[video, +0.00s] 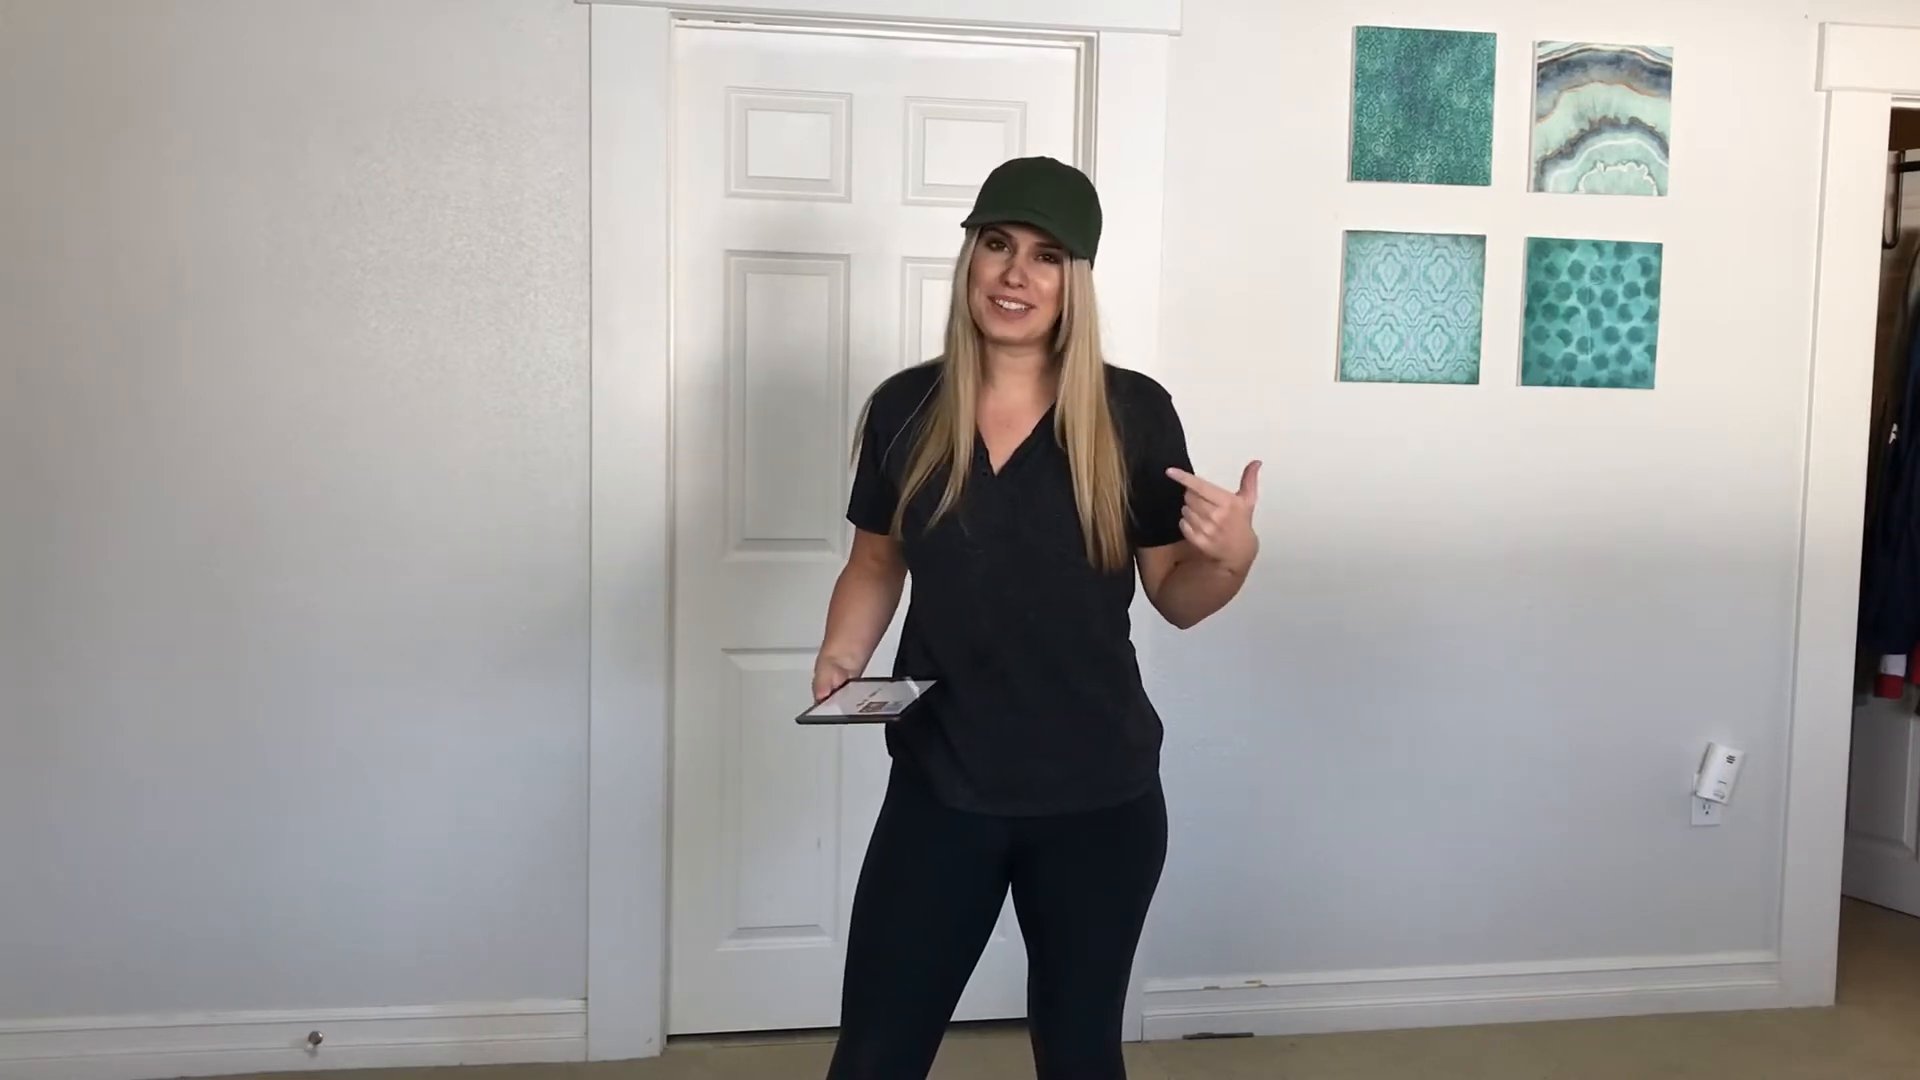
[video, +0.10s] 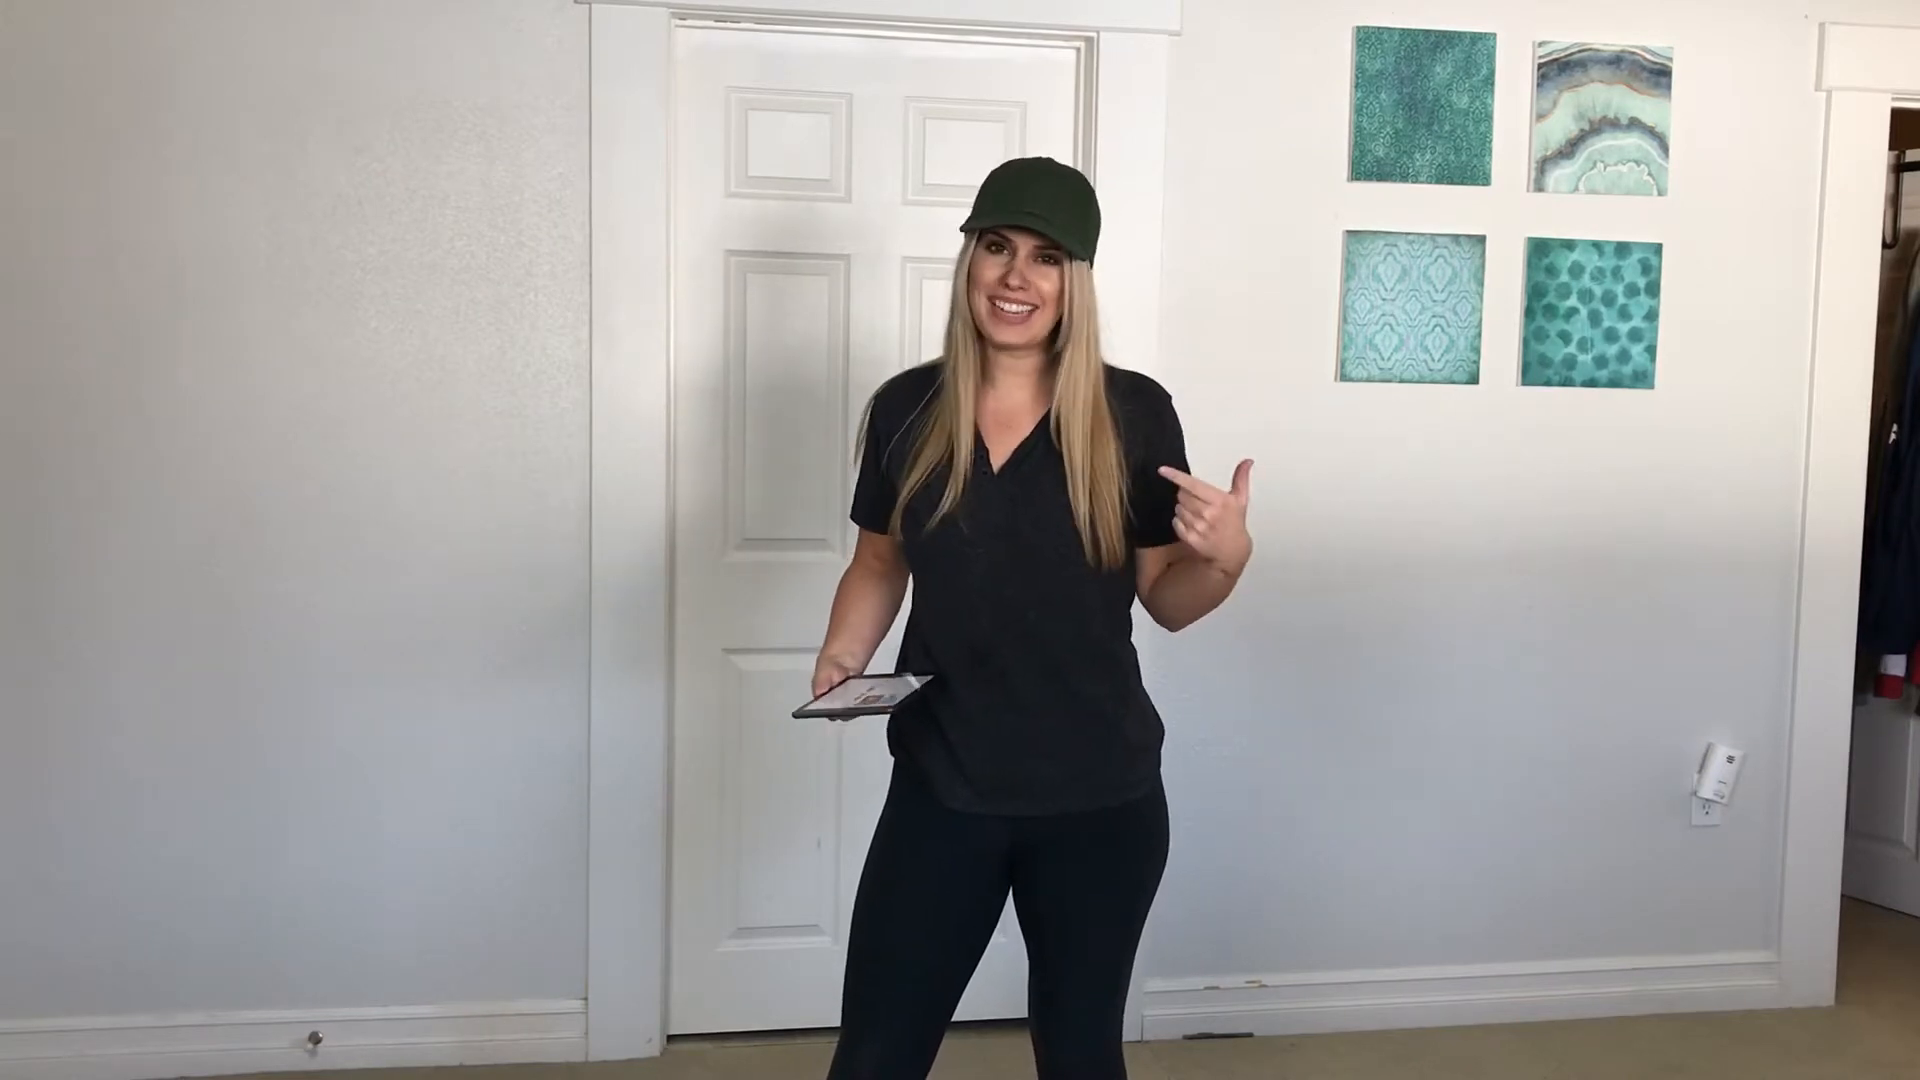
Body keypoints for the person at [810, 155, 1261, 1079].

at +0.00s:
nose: (1015, 272)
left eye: (1044, 256)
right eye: (998, 246)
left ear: (1076, 281)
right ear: (967, 261)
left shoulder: (1132, 411)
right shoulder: (907, 408)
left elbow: (1178, 598)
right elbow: (875, 562)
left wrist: (1229, 559)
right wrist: (840, 658)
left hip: (1096, 792)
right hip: (943, 786)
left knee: (1078, 1055)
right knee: (875, 1056)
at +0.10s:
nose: (1016, 276)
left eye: (1045, 258)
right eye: (998, 249)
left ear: (1077, 281)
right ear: (967, 262)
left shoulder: (1131, 412)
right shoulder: (909, 408)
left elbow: (1169, 600)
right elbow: (878, 564)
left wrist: (1222, 560)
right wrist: (841, 658)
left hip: (1096, 794)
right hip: (943, 790)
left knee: (1079, 1054)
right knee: (875, 1057)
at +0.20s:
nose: (1017, 277)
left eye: (1047, 258)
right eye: (998, 250)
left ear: (1077, 281)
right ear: (967, 263)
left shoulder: (1133, 413)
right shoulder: (909, 410)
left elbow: (1174, 602)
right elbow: (879, 564)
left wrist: (1224, 565)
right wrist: (842, 658)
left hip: (1097, 796)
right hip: (944, 791)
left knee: (1080, 1056)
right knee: (875, 1058)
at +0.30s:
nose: (1019, 276)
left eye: (1048, 258)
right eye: (1000, 250)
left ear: (1078, 281)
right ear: (968, 264)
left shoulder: (1135, 412)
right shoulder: (911, 411)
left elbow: (1178, 603)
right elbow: (883, 566)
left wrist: (1225, 556)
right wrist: (843, 660)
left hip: (1098, 795)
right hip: (944, 791)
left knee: (1080, 1057)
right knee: (874, 1059)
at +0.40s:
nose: (1021, 276)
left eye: (1050, 257)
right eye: (1002, 250)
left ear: (1080, 281)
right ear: (970, 264)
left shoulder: (1134, 412)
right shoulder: (913, 411)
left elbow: (1179, 605)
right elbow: (885, 565)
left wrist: (1223, 539)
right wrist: (847, 660)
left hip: (1099, 796)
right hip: (945, 792)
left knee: (1081, 1057)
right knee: (875, 1059)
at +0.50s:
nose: (1025, 274)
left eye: (1054, 257)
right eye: (1006, 249)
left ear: (1083, 281)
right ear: (974, 264)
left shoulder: (1136, 413)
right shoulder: (914, 410)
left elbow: (1179, 604)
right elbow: (884, 565)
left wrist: (1226, 512)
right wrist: (848, 659)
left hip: (1099, 797)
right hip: (947, 792)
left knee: (1080, 1058)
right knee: (875, 1059)